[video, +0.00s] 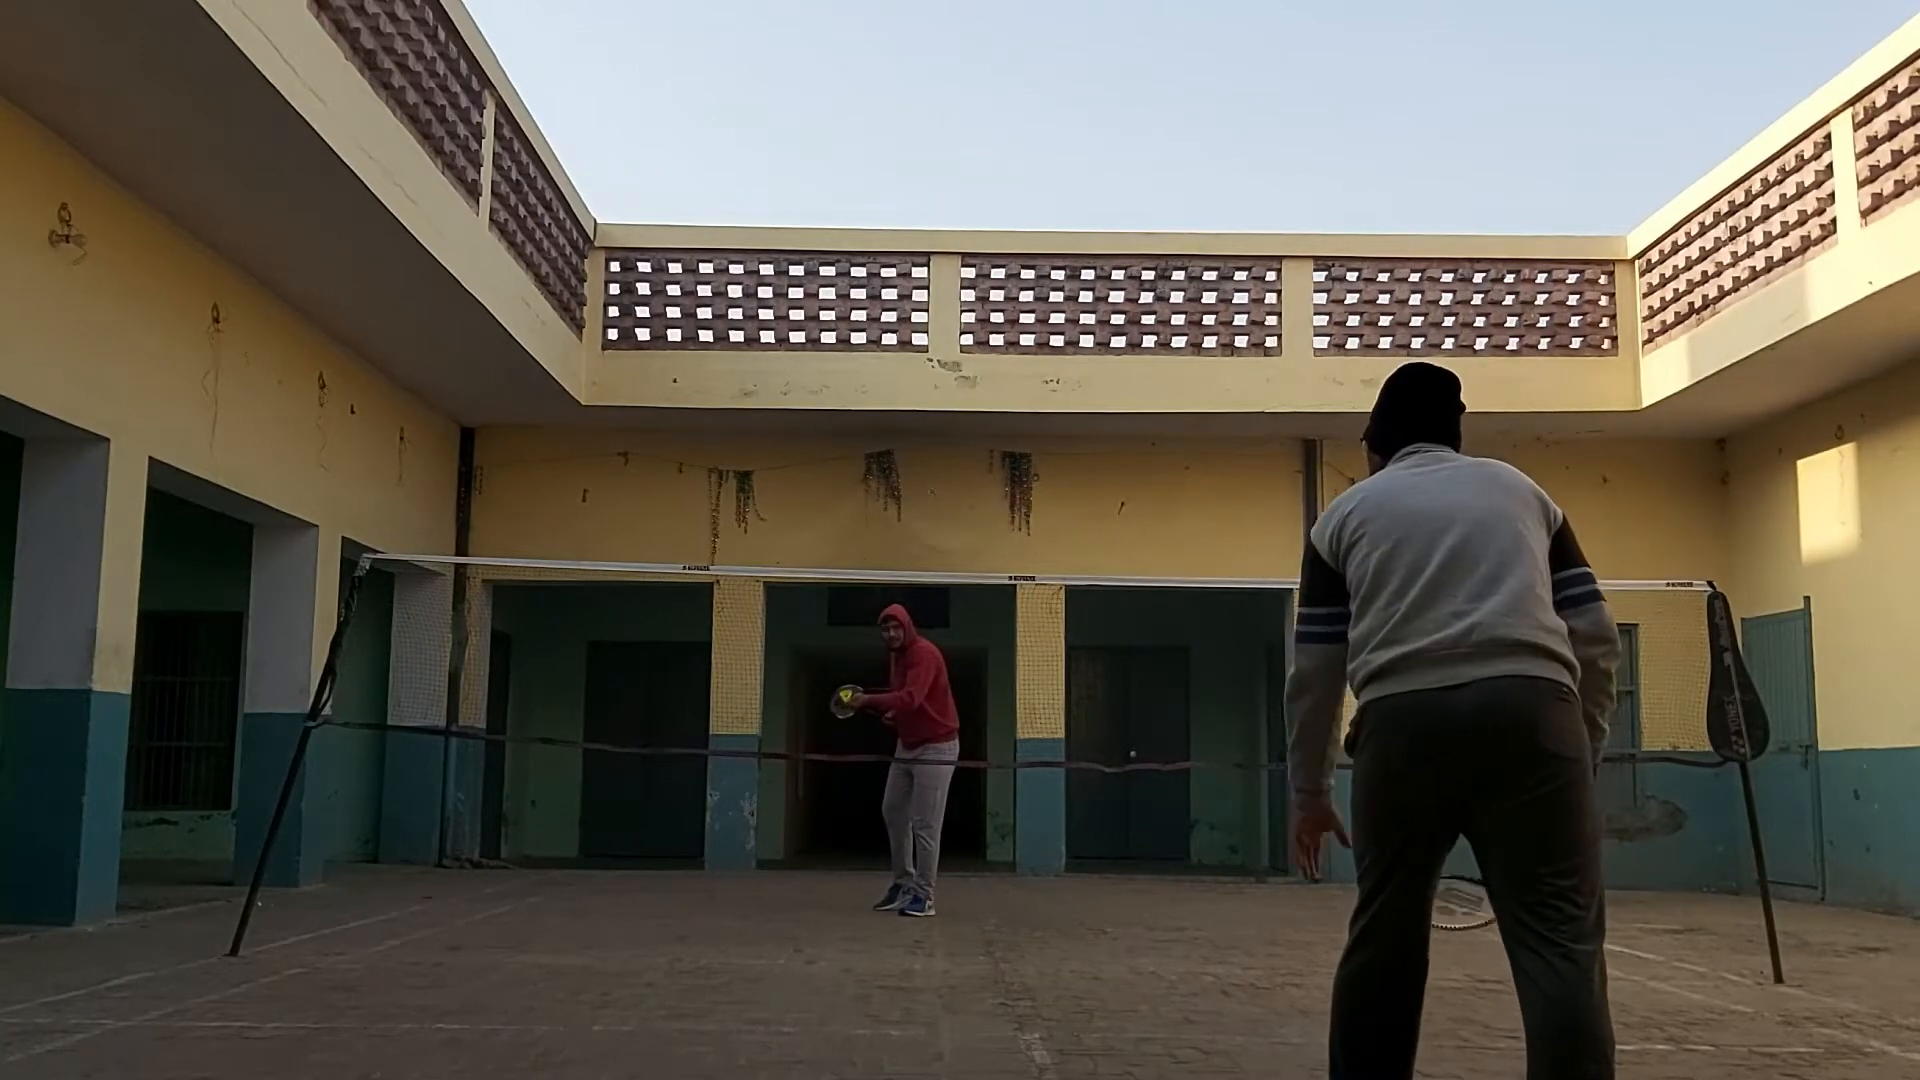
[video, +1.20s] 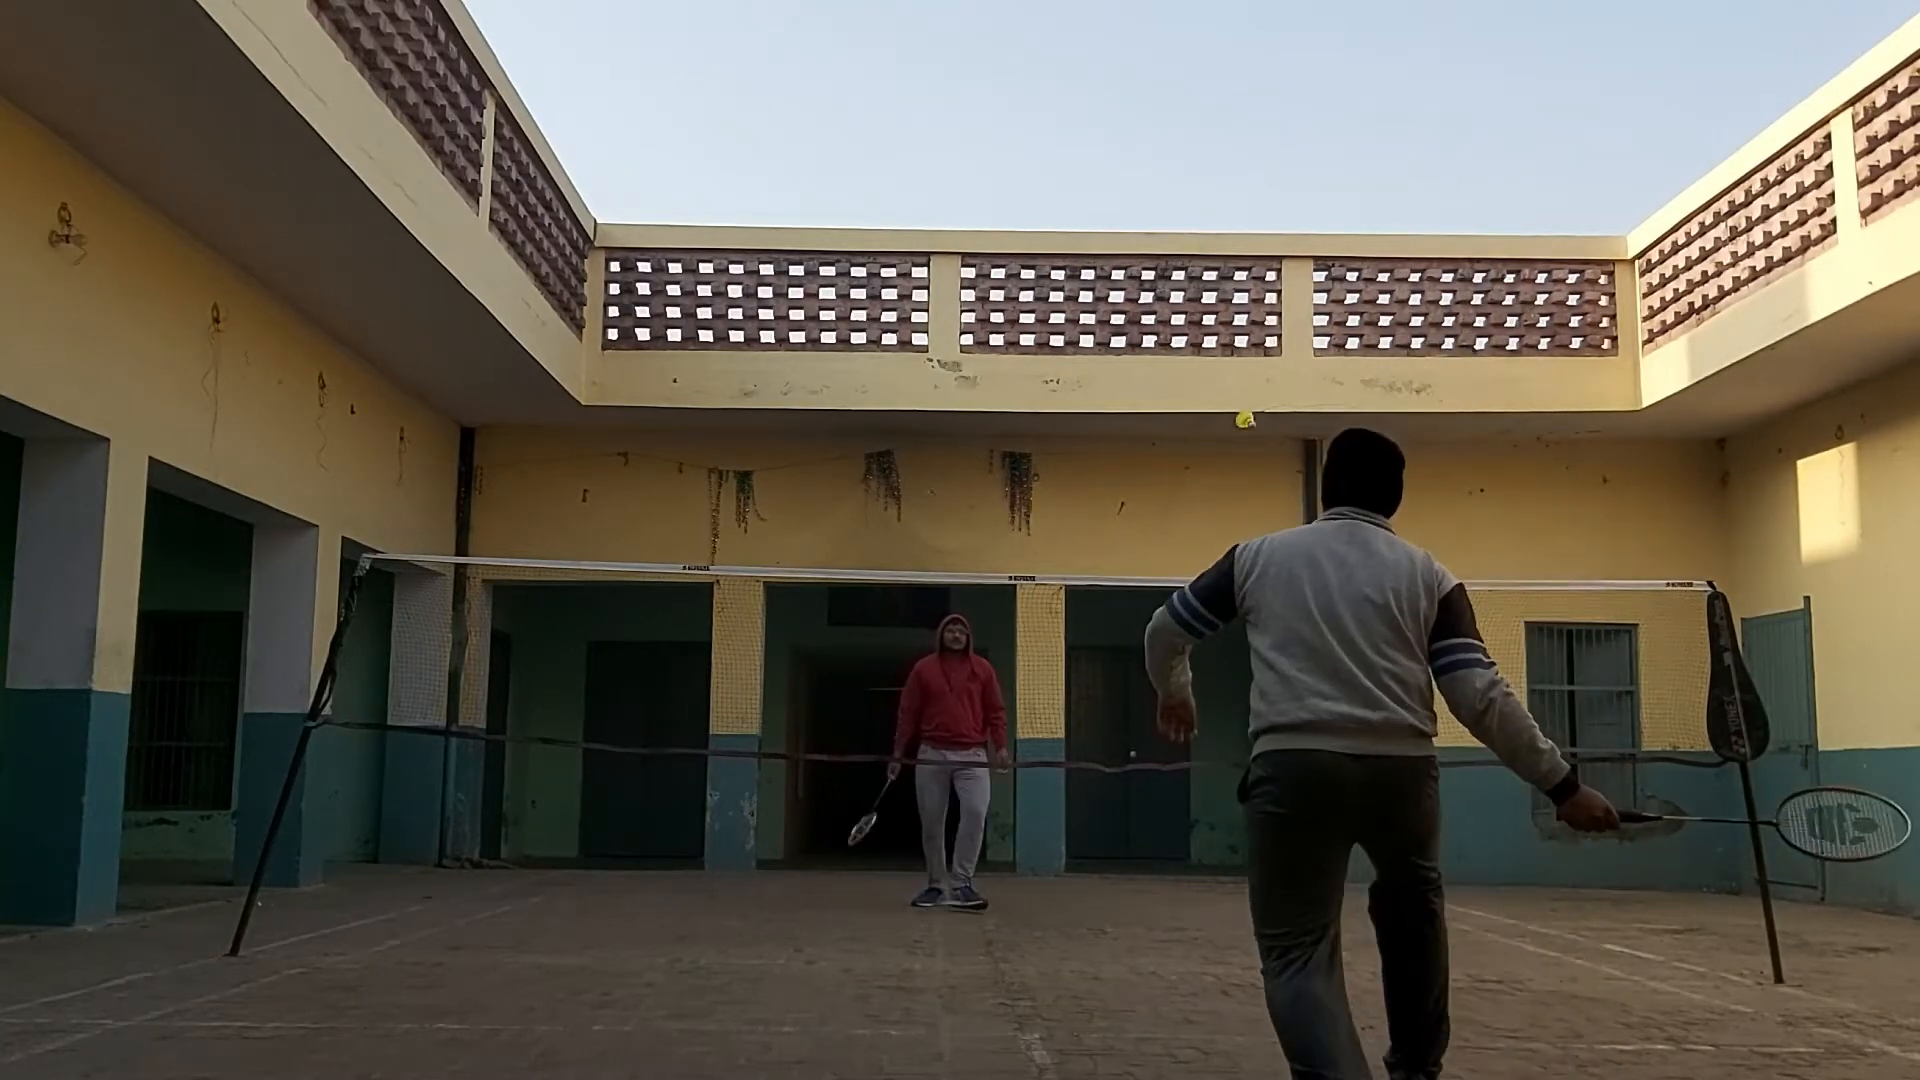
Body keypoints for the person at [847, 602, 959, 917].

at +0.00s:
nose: (892, 632)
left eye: (897, 627)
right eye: (887, 628)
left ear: (908, 628)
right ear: (883, 633)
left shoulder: (924, 653)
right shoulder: (897, 655)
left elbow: (910, 698)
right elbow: (906, 697)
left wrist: (864, 700)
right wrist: (895, 712)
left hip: (936, 747)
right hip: (908, 746)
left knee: (925, 823)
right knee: (893, 812)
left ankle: (924, 895)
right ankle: (903, 885)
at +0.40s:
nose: (888, 634)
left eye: (893, 628)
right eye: (886, 629)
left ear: (909, 629)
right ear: (887, 632)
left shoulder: (930, 655)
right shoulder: (901, 660)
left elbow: (929, 706)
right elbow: (906, 704)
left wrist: (893, 726)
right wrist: (889, 726)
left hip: (939, 750)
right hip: (911, 748)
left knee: (928, 822)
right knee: (894, 812)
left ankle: (923, 894)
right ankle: (902, 883)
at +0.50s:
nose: (897, 632)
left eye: (902, 627)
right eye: (893, 628)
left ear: (915, 628)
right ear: (890, 632)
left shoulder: (936, 655)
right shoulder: (899, 660)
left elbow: (942, 708)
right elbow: (896, 698)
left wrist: (918, 739)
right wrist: (895, 715)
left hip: (941, 751)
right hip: (910, 749)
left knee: (929, 823)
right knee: (891, 812)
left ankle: (924, 894)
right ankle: (902, 882)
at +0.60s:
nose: (906, 630)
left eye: (911, 624)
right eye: (901, 625)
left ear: (922, 627)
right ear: (896, 630)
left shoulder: (943, 656)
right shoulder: (897, 660)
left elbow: (953, 703)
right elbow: (887, 702)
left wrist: (949, 743)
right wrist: (904, 702)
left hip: (941, 750)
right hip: (909, 748)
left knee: (930, 823)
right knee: (890, 811)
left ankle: (924, 895)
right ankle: (908, 880)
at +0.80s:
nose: (928, 631)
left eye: (933, 626)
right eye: (923, 626)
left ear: (942, 631)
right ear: (915, 632)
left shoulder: (959, 661)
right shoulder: (904, 662)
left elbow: (982, 701)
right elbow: (892, 702)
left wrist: (990, 739)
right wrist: (918, 704)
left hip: (943, 753)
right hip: (908, 752)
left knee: (927, 824)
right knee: (899, 820)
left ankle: (922, 895)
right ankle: (931, 868)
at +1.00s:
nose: (942, 640)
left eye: (947, 636)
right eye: (937, 636)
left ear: (954, 642)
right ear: (928, 641)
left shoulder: (968, 673)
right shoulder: (912, 673)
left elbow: (992, 712)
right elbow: (898, 714)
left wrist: (1000, 749)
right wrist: (908, 741)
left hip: (951, 760)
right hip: (915, 760)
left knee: (937, 823)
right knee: (913, 825)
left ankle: (927, 891)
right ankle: (936, 884)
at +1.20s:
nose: (956, 635)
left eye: (961, 632)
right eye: (951, 631)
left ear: (968, 638)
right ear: (941, 636)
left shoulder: (982, 668)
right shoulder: (924, 669)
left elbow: (996, 711)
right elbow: (907, 715)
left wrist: (1001, 747)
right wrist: (897, 756)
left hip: (972, 755)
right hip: (932, 755)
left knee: (977, 813)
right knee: (932, 821)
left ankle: (962, 885)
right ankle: (936, 886)